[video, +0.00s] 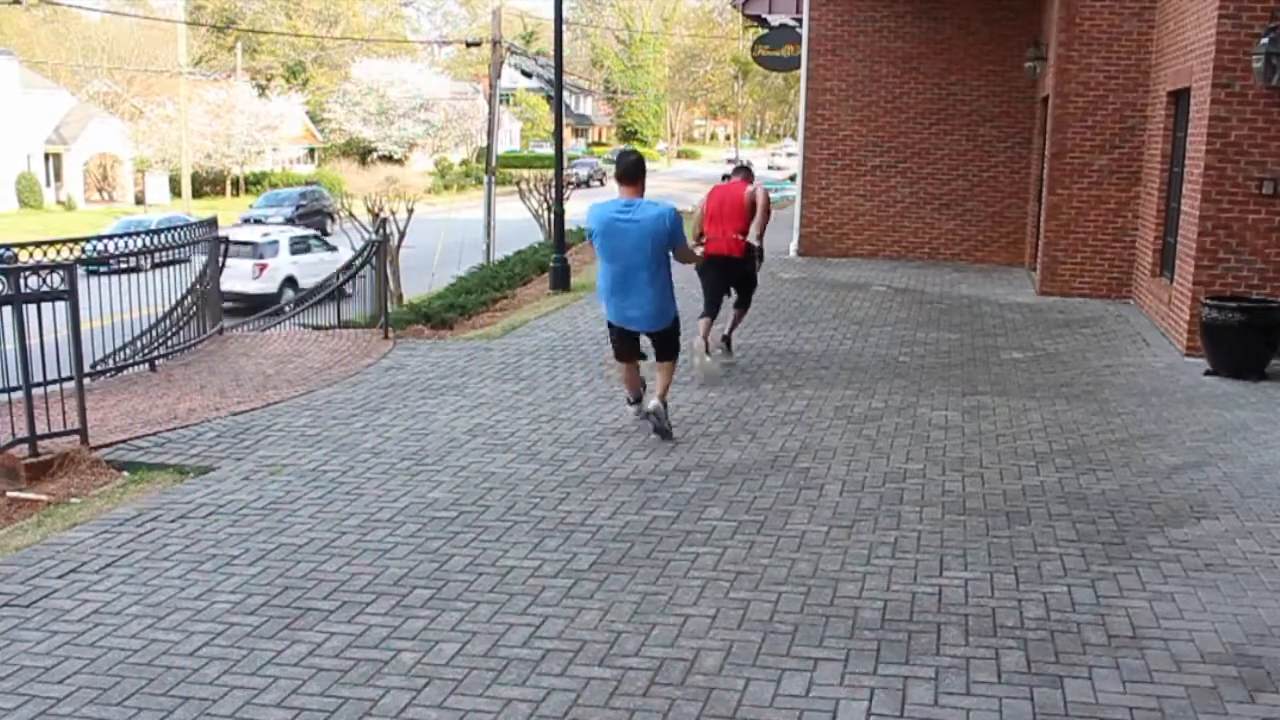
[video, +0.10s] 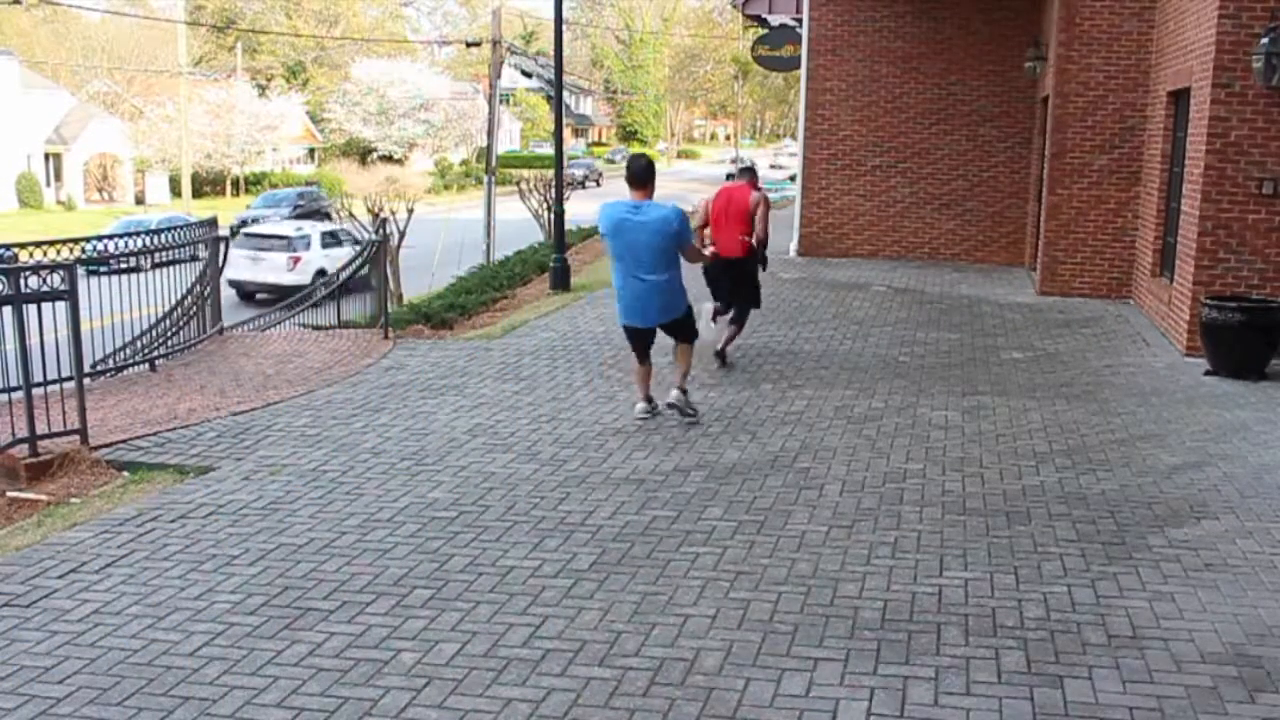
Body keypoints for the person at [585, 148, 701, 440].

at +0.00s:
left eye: (619, 176)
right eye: (642, 175)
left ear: (615, 179)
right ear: (644, 177)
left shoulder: (597, 214)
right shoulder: (664, 214)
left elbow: (598, 251)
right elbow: (682, 254)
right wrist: (696, 255)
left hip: (617, 308)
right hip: (657, 308)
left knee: (627, 360)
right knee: (667, 354)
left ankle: (637, 403)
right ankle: (659, 400)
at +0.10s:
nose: (647, 182)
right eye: (650, 177)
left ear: (626, 181)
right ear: (654, 180)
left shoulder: (608, 214)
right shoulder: (672, 216)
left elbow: (612, 251)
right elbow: (692, 255)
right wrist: (706, 255)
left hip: (632, 307)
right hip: (669, 303)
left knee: (641, 355)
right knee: (685, 337)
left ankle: (644, 400)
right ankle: (679, 389)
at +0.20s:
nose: (663, 181)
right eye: (665, 177)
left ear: (641, 180)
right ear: (667, 179)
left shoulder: (621, 210)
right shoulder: (683, 214)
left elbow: (617, 235)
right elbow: (699, 255)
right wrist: (707, 254)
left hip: (640, 301)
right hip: (678, 301)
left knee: (647, 347)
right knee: (698, 341)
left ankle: (644, 396)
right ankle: (706, 385)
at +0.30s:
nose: (679, 179)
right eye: (681, 176)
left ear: (657, 179)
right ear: (682, 179)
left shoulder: (638, 208)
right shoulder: (699, 212)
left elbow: (635, 238)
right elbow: (706, 244)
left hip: (654, 292)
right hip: (689, 294)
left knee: (658, 330)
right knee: (700, 342)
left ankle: (648, 369)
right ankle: (713, 382)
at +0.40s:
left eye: (674, 176)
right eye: (689, 175)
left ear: (668, 178)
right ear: (692, 178)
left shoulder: (650, 207)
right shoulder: (710, 209)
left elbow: (644, 235)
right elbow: (718, 238)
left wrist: (670, 231)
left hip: (667, 288)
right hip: (702, 288)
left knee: (670, 323)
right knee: (710, 335)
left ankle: (664, 370)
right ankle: (713, 380)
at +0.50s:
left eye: (677, 170)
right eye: (692, 169)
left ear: (672, 173)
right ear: (696, 171)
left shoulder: (656, 204)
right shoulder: (715, 201)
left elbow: (653, 229)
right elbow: (726, 232)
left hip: (675, 282)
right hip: (710, 281)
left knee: (675, 324)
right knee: (716, 327)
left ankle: (678, 367)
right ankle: (714, 366)